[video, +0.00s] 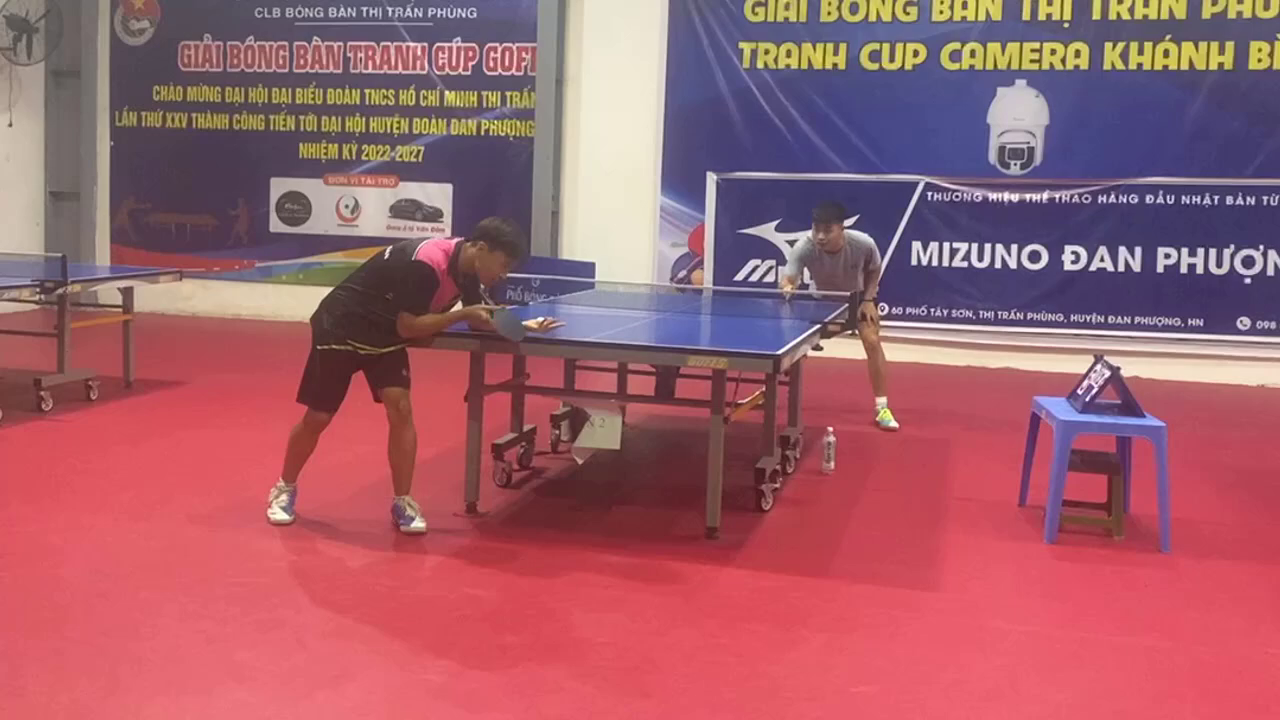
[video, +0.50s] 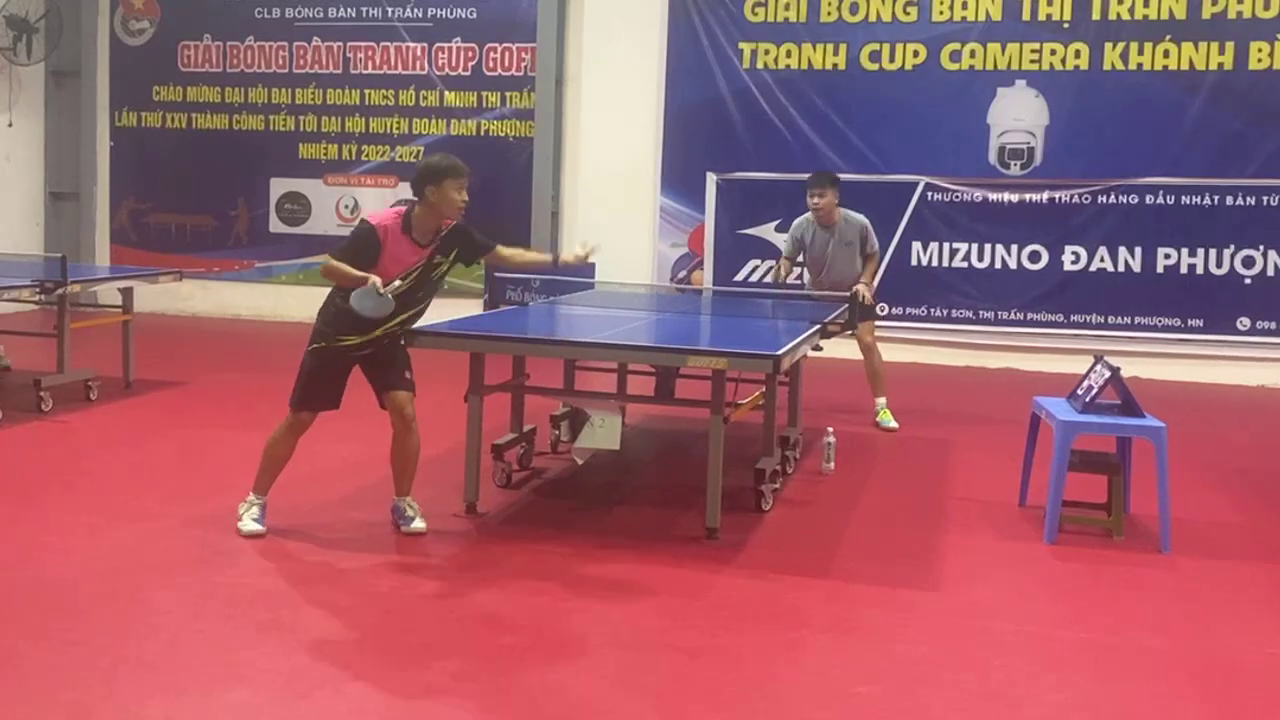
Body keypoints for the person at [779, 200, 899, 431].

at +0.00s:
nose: (821, 236)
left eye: (827, 231)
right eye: (817, 230)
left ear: (841, 228)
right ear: (812, 228)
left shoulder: (864, 245)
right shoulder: (804, 248)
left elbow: (874, 271)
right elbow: (789, 278)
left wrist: (869, 300)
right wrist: (788, 287)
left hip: (859, 302)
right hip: (824, 304)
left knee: (872, 341)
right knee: (793, 335)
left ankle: (882, 406)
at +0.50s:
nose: (815, 202)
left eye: (821, 196)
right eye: (811, 196)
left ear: (836, 197)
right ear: (807, 198)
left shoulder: (858, 224)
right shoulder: (801, 226)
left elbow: (873, 255)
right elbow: (788, 259)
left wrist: (865, 283)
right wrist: (781, 272)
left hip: (854, 296)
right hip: (815, 298)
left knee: (867, 342)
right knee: (787, 334)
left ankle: (881, 407)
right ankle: (769, 391)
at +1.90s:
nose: (808, 221)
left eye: (813, 215)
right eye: (802, 215)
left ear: (822, 211)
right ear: (793, 212)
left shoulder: (835, 227)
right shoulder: (781, 239)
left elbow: (837, 256)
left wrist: (852, 260)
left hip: (819, 302)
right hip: (784, 304)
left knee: (848, 354)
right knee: (766, 351)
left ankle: (868, 404)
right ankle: (759, 406)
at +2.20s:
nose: (818, 198)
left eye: (824, 192)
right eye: (814, 193)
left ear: (838, 195)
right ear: (809, 195)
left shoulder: (850, 220)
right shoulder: (800, 226)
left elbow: (866, 243)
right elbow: (780, 265)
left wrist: (879, 234)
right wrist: (792, 252)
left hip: (837, 302)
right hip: (800, 302)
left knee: (866, 353)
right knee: (779, 352)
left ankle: (874, 403)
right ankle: (761, 405)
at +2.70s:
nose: (802, 181)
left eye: (808, 176)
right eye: (799, 176)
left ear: (823, 177)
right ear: (796, 180)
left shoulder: (845, 211)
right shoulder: (790, 213)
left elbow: (860, 245)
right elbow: (774, 245)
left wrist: (853, 248)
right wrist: (761, 252)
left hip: (837, 294)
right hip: (798, 294)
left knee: (850, 341)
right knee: (774, 337)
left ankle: (872, 401)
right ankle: (760, 386)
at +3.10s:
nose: (789, 219)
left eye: (793, 213)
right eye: (786, 214)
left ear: (808, 210)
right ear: (785, 216)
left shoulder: (837, 230)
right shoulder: (789, 243)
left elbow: (860, 265)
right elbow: (774, 271)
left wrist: (844, 269)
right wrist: (762, 274)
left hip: (845, 301)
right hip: (808, 304)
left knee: (863, 348)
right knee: (780, 340)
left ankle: (885, 400)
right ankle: (762, 387)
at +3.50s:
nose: (787, 189)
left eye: (792, 183)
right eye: (783, 184)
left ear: (804, 183)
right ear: (779, 187)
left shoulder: (825, 206)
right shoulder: (775, 215)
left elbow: (845, 232)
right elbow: (760, 254)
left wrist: (852, 233)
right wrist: (753, 248)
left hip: (824, 290)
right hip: (786, 290)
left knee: (845, 337)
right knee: (770, 336)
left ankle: (859, 392)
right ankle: (763, 386)